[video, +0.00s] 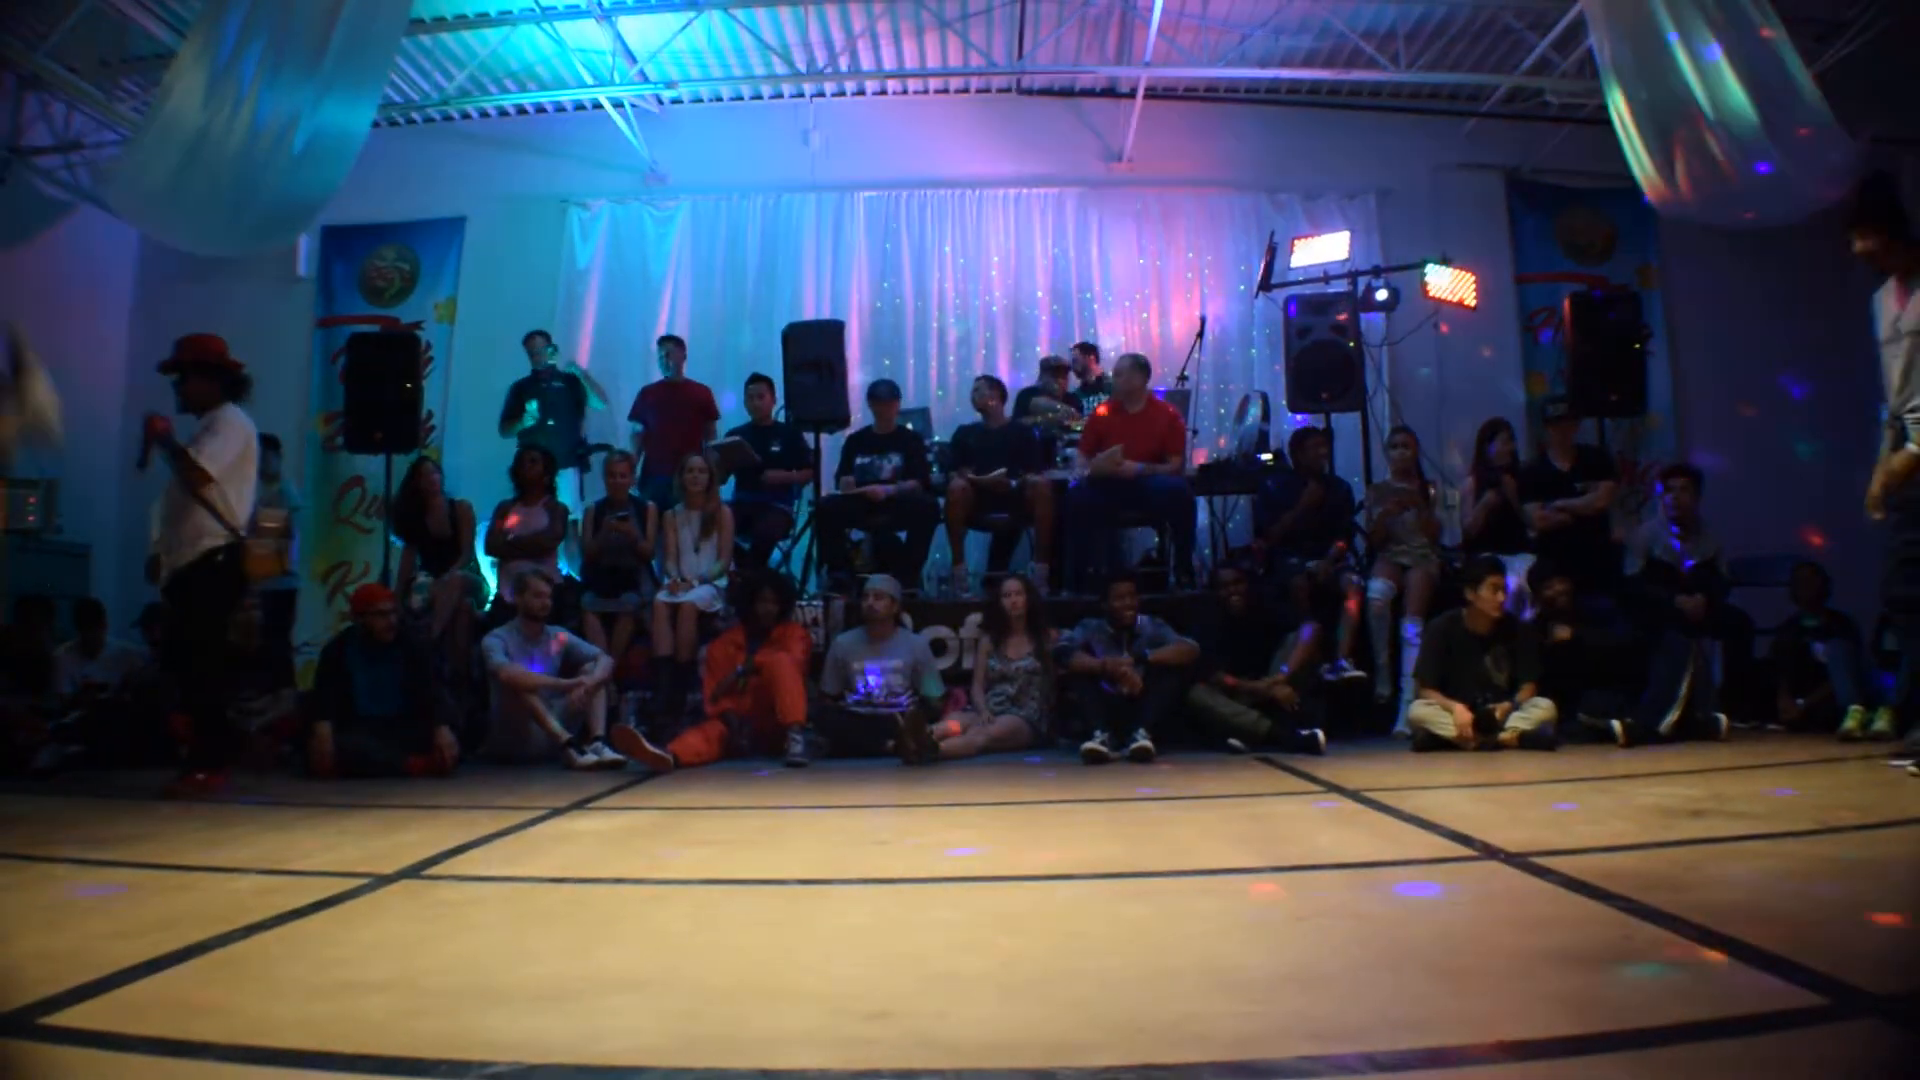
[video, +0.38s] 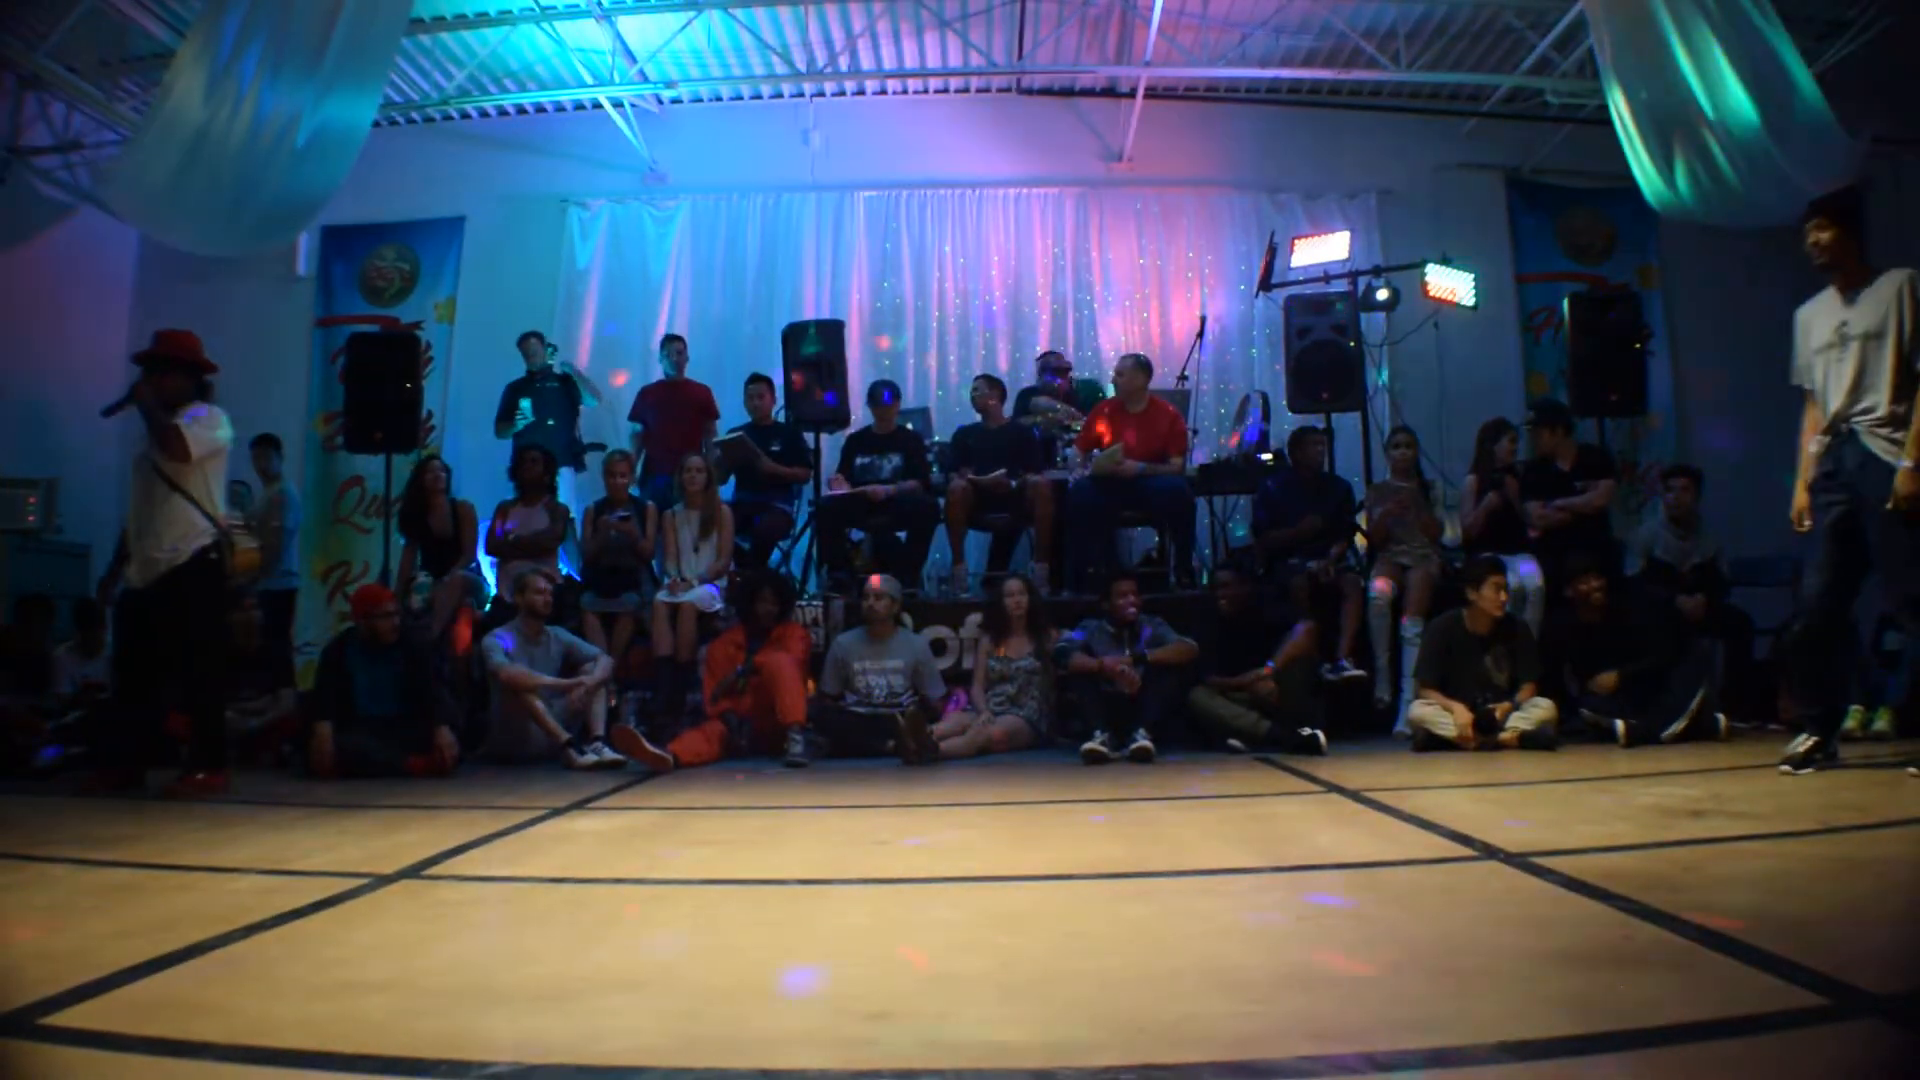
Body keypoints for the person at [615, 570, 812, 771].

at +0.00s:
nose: (767, 609)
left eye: (773, 603)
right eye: (761, 602)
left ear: (783, 606)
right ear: (749, 604)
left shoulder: (793, 633)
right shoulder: (723, 646)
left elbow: (791, 665)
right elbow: (713, 703)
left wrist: (755, 665)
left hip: (774, 717)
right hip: (737, 721)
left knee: (780, 661)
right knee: (710, 735)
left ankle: (795, 737)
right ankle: (670, 755)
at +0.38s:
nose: (767, 609)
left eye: (773, 603)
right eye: (761, 602)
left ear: (783, 606)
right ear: (748, 605)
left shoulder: (793, 633)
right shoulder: (724, 645)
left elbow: (789, 666)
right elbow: (713, 704)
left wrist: (753, 668)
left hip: (775, 715)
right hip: (738, 721)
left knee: (778, 660)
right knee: (711, 734)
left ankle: (795, 737)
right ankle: (670, 755)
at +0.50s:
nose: (768, 609)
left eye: (774, 603)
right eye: (762, 602)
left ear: (783, 607)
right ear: (749, 605)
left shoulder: (793, 634)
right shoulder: (723, 646)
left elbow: (790, 655)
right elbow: (713, 704)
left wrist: (753, 666)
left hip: (775, 717)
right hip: (738, 721)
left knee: (779, 661)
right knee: (711, 734)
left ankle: (795, 735)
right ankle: (670, 755)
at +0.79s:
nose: (757, 610)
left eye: (764, 604)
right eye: (752, 603)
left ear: (778, 605)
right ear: (743, 606)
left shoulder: (793, 634)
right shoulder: (724, 645)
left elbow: (786, 664)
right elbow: (714, 705)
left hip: (774, 716)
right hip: (738, 721)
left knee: (780, 660)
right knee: (711, 734)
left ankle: (795, 736)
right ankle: (670, 755)